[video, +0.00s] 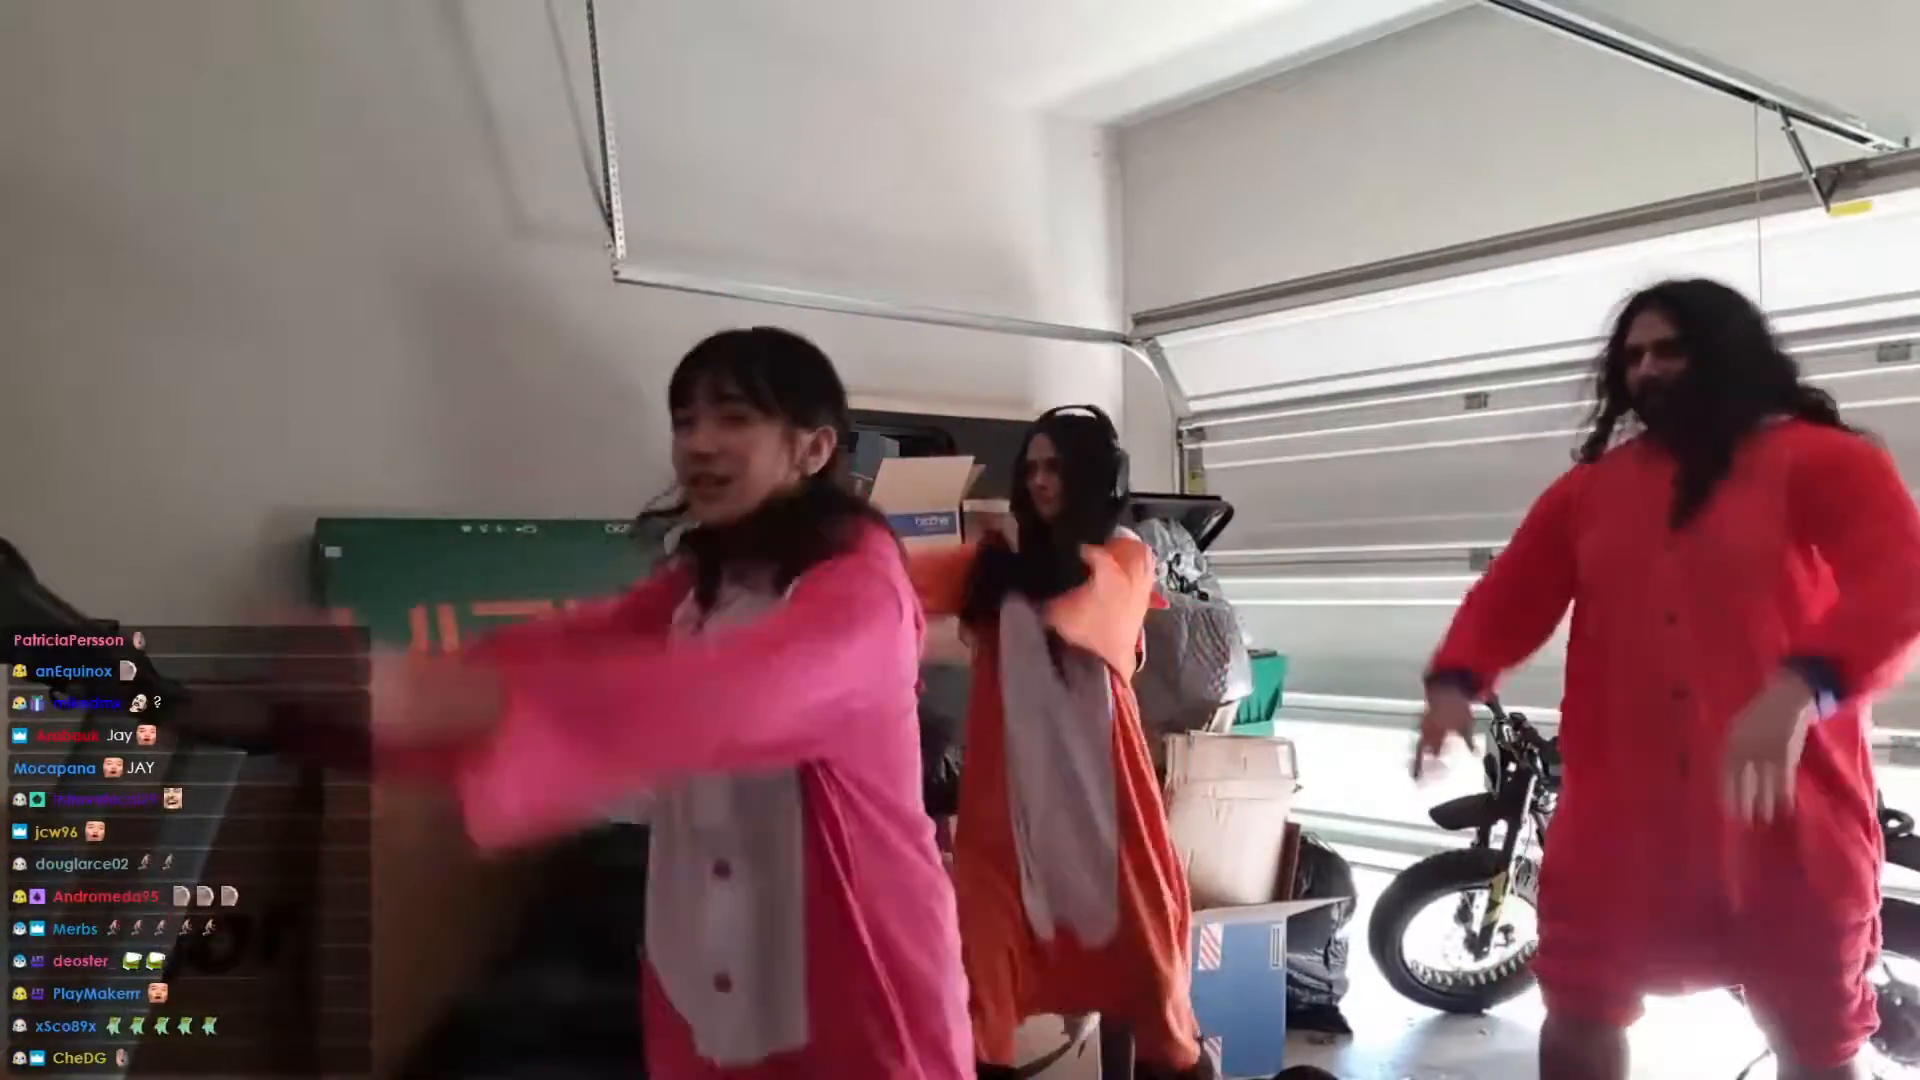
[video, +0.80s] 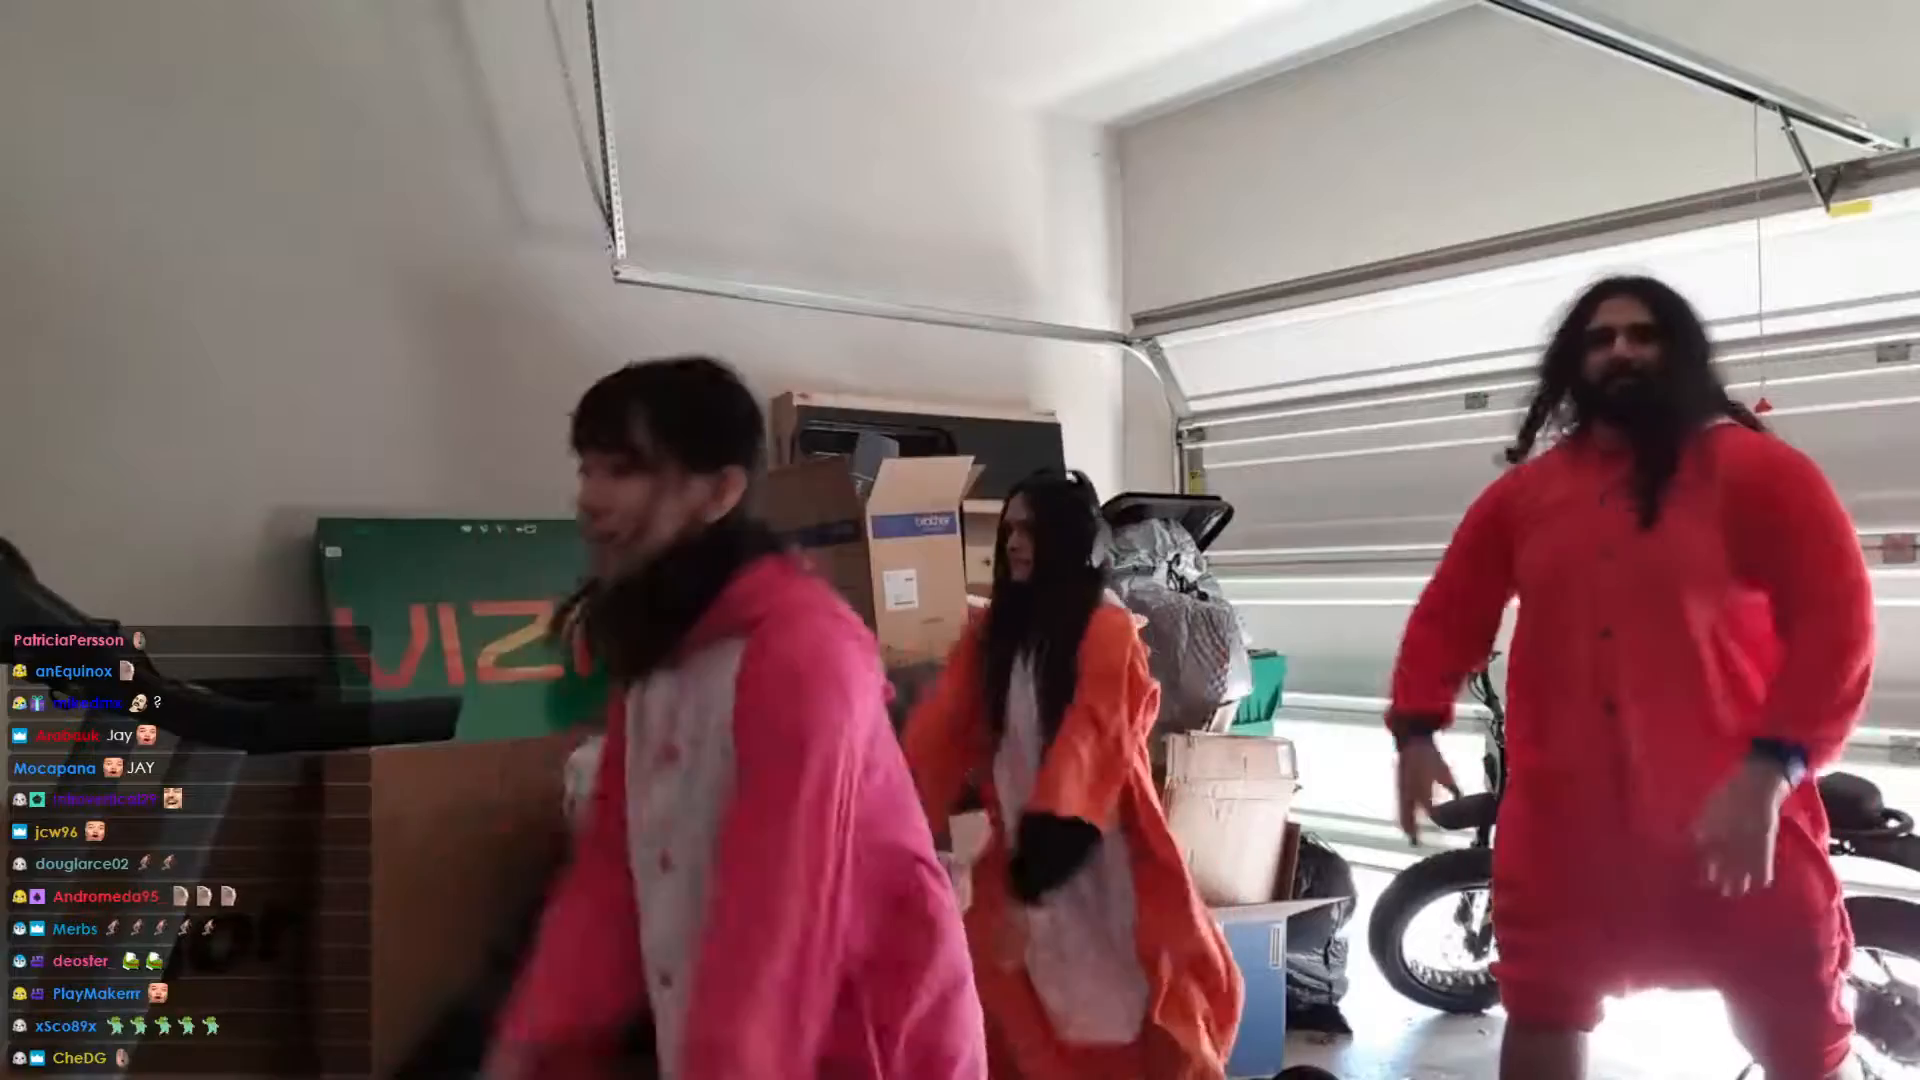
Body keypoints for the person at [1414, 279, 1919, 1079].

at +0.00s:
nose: (1645, 372)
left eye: (1667, 352)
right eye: (1631, 357)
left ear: (1722, 354)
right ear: (1617, 373)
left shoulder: (1824, 464)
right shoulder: (1592, 492)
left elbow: (1899, 588)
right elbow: (1513, 592)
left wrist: (1803, 687)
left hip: (1791, 822)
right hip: (1617, 819)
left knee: (1819, 1051)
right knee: (1578, 1033)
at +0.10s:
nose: (1657, 374)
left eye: (1679, 353)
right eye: (1642, 359)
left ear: (1735, 356)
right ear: (1627, 375)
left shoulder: (1823, 453)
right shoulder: (1605, 480)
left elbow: (1901, 512)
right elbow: (1508, 537)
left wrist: (1769, 525)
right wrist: (1426, 554)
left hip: (1787, 812)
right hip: (1621, 802)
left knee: (1822, 1047)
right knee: (1564, 1003)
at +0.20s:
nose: (1652, 388)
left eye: (1677, 369)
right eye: (1637, 374)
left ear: (1735, 375)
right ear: (1622, 389)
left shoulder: (1812, 477)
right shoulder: (1595, 482)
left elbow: (1862, 422)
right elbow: (1466, 455)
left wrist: (1758, 273)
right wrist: (1436, 328)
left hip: (1789, 834)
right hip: (1615, 826)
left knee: (1822, 1063)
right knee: (1546, 1032)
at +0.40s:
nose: (1652, 369)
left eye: (1676, 350)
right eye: (1634, 356)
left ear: (1729, 362)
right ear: (1614, 377)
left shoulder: (1795, 457)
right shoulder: (1587, 472)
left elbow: (1868, 454)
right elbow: (1462, 486)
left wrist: (1769, 339)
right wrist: (1403, 401)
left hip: (1770, 814)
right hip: (1599, 808)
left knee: (1807, 1057)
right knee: (1539, 1014)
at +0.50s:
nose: (1648, 361)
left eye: (1671, 340)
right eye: (1628, 347)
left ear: (1720, 351)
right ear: (1606, 372)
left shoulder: (1802, 459)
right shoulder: (1578, 485)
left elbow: (1885, 546)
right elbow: (1483, 565)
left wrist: (1781, 553)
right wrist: (1409, 578)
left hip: (1764, 817)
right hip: (1597, 813)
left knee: (1808, 1051)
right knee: (1548, 1025)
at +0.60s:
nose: (1627, 369)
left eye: (1649, 348)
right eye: (1606, 355)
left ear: (1695, 361)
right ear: (1582, 381)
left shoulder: (1788, 484)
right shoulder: (1556, 508)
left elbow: (1855, 648)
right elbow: (1502, 636)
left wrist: (1779, 779)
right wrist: (1466, 755)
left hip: (1758, 829)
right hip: (1588, 832)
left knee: (1804, 1058)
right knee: (1550, 1035)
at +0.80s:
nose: (1621, 352)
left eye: (1644, 335)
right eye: (1599, 339)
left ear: (1682, 353)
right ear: (1572, 368)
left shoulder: (1755, 472)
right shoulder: (1525, 493)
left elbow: (1837, 623)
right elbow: (1450, 612)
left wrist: (1769, 767)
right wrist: (1414, 734)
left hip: (1736, 821)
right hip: (1561, 827)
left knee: (1806, 1058)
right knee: (1538, 1039)